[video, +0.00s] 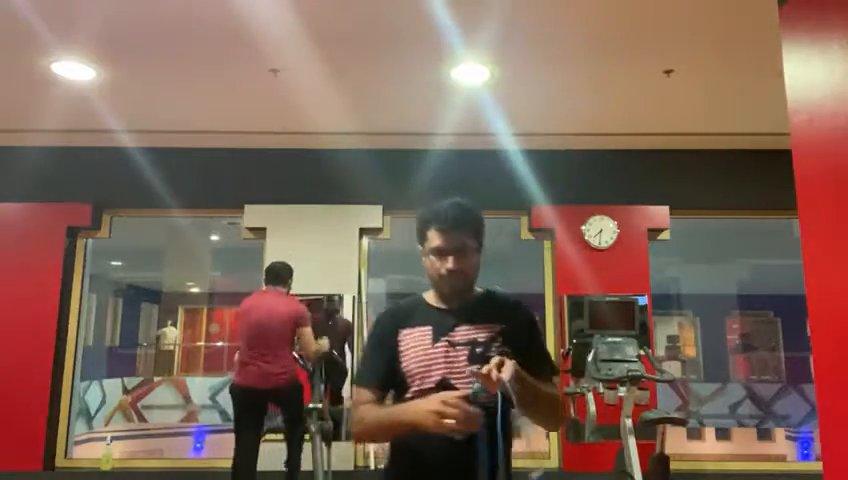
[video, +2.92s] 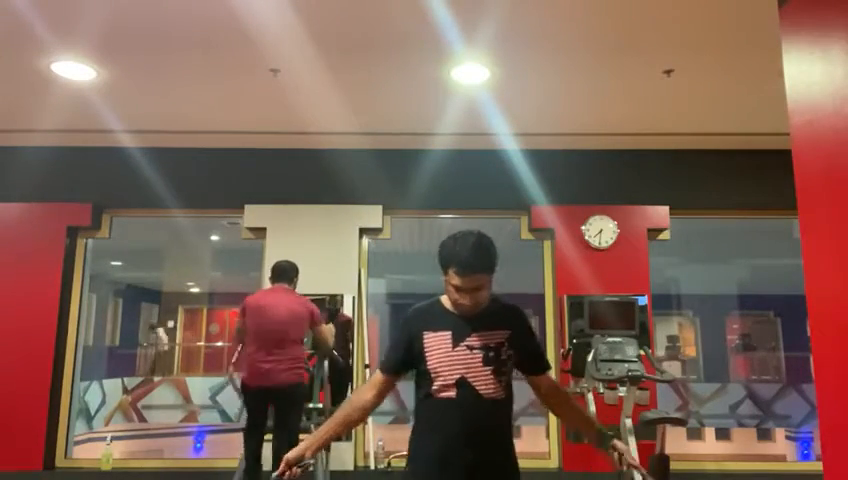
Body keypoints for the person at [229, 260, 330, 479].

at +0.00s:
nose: (289, 285)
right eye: (290, 282)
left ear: (265, 281)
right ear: (289, 283)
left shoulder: (246, 304)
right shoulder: (296, 308)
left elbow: (245, 343)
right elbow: (309, 353)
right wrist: (322, 345)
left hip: (247, 385)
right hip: (284, 384)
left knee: (245, 446)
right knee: (295, 424)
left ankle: (242, 476)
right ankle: (293, 469)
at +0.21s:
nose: (295, 278)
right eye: (296, 275)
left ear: (271, 273)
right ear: (295, 275)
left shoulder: (250, 295)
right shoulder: (305, 300)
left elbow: (247, 334)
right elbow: (321, 341)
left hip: (251, 379)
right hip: (286, 379)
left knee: (253, 433)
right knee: (286, 438)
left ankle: (247, 476)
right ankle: (288, 477)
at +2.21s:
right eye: (296, 280)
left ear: (270, 279)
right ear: (295, 280)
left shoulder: (251, 302)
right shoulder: (305, 305)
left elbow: (229, 341)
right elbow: (323, 337)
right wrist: (331, 327)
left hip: (252, 383)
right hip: (287, 383)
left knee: (255, 428)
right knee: (282, 438)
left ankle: (258, 472)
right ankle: (278, 475)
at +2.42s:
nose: (291, 282)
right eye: (293, 278)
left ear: (267, 277)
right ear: (291, 278)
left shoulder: (247, 299)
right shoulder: (300, 303)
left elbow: (227, 336)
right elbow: (319, 339)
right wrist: (326, 330)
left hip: (248, 383)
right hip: (284, 383)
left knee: (251, 443)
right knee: (293, 437)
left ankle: (249, 477)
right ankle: (291, 474)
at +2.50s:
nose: (290, 285)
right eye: (291, 282)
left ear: (266, 281)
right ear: (289, 283)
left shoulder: (246, 304)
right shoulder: (298, 308)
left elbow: (231, 337)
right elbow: (317, 348)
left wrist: (255, 331)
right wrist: (325, 336)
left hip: (248, 387)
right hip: (284, 386)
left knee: (247, 445)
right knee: (295, 433)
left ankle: (245, 477)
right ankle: (294, 473)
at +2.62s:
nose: (292, 285)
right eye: (293, 281)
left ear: (267, 280)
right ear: (292, 282)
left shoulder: (247, 304)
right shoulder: (299, 307)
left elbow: (246, 343)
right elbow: (308, 350)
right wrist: (323, 348)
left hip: (249, 384)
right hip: (284, 384)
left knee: (247, 444)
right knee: (295, 427)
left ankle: (243, 477)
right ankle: (297, 472)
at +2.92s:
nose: (295, 283)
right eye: (296, 280)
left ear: (271, 278)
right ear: (295, 280)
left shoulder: (250, 302)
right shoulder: (305, 305)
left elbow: (239, 338)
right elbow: (324, 342)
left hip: (255, 382)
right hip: (291, 383)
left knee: (254, 428)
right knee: (286, 433)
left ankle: (252, 473)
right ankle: (283, 475)